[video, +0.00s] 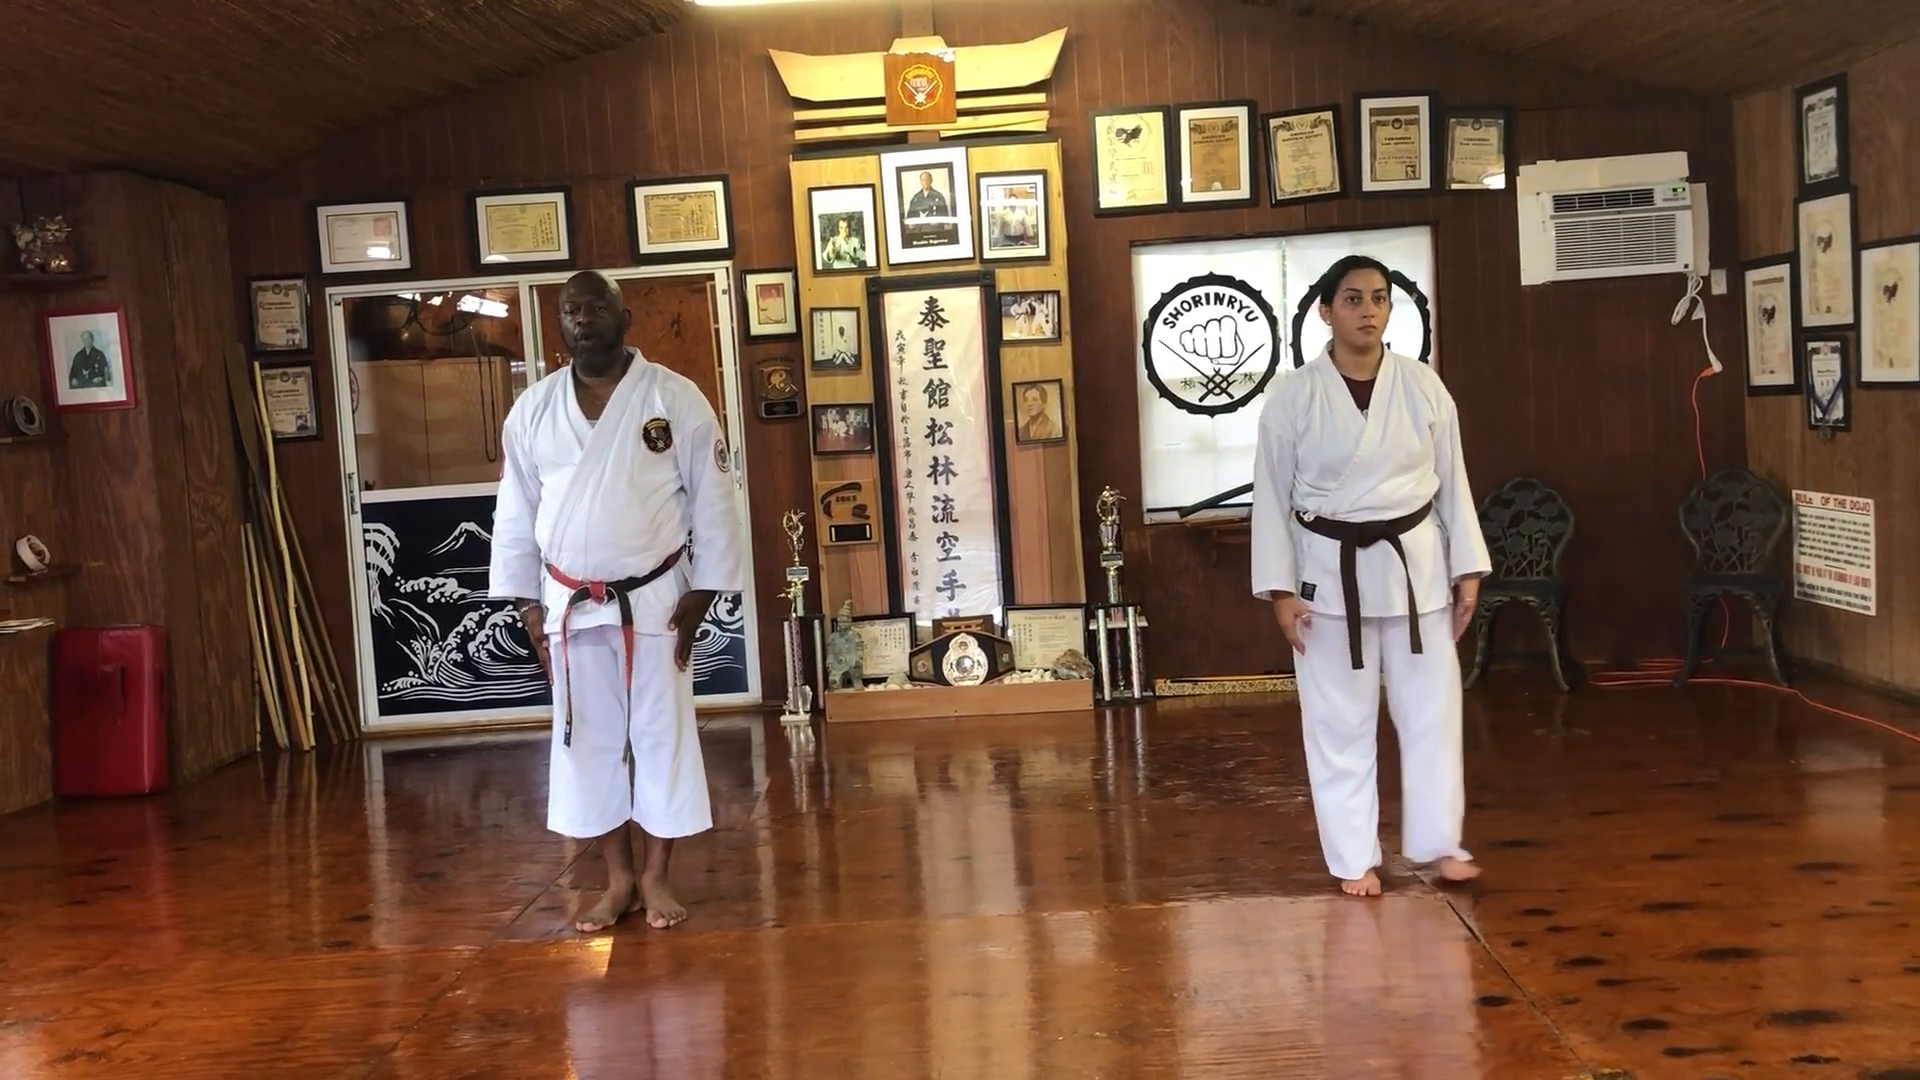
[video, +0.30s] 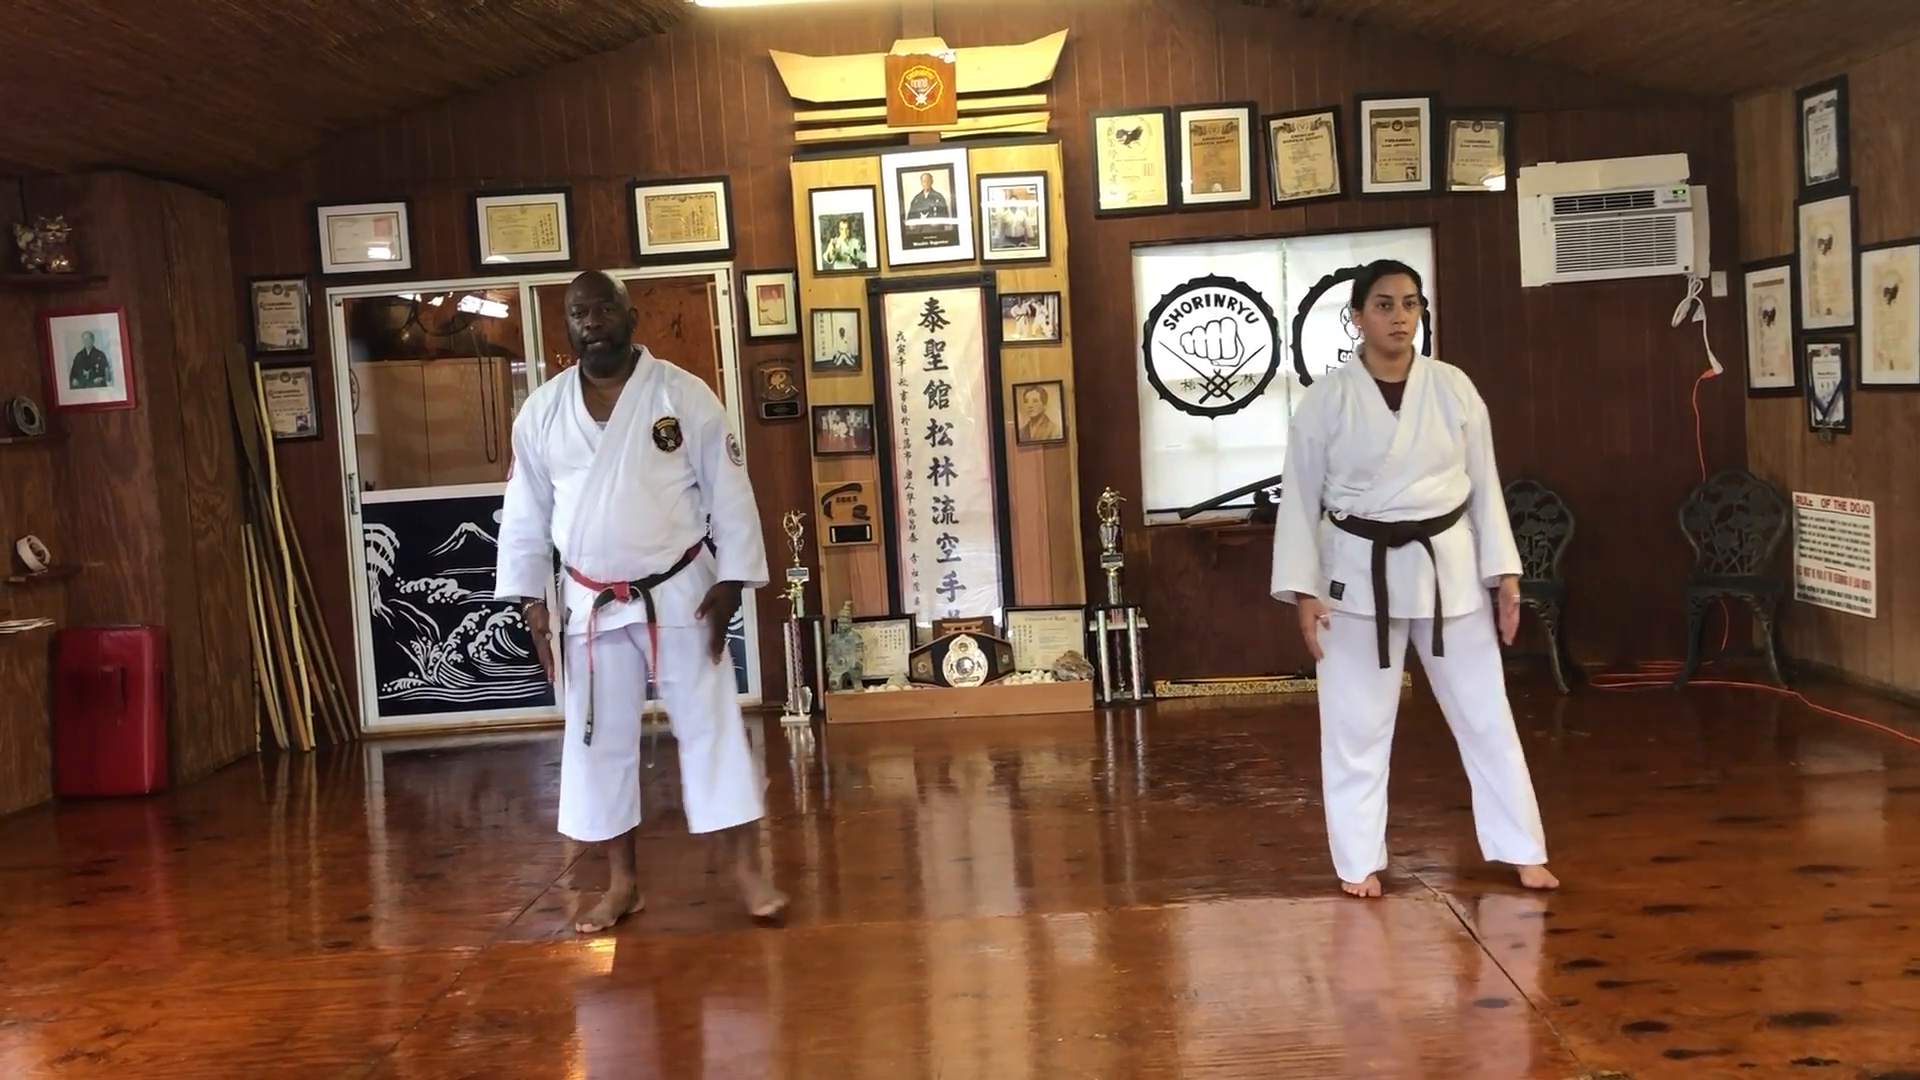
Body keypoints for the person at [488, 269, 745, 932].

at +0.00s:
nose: (583, 320)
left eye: (595, 308)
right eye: (572, 312)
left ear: (624, 319)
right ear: (558, 328)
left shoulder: (675, 398)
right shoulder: (532, 410)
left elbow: (712, 499)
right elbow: (516, 508)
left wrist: (706, 589)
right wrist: (524, 597)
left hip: (656, 590)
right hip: (572, 597)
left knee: (658, 733)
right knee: (590, 734)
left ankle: (654, 879)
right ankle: (617, 880)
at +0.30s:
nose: (592, 324)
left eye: (603, 310)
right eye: (579, 314)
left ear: (631, 316)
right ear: (566, 326)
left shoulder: (682, 394)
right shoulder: (541, 413)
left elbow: (728, 491)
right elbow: (526, 512)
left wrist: (733, 579)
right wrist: (533, 604)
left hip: (680, 585)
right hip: (591, 597)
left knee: (712, 723)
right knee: (600, 735)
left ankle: (747, 868)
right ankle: (620, 881)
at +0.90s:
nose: (693, 328)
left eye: (704, 316)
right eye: (680, 319)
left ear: (730, 323)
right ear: (664, 333)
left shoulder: (779, 406)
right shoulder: (637, 413)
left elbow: (815, 502)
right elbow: (615, 507)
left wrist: (797, 576)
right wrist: (619, 586)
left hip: (761, 594)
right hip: (668, 599)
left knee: (794, 734)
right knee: (651, 743)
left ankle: (815, 877)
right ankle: (626, 888)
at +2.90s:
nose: (673, 339)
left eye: (685, 326)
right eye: (661, 330)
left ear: (715, 334)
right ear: (648, 343)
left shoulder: (764, 418)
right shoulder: (620, 425)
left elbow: (797, 517)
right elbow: (596, 517)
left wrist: (774, 593)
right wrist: (600, 594)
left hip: (738, 608)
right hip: (648, 612)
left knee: (776, 746)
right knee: (631, 752)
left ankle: (804, 889)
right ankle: (614, 901)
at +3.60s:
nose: (653, 352)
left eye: (667, 340)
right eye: (644, 340)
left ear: (701, 340)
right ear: (633, 342)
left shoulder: (755, 405)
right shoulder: (609, 402)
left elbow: (808, 484)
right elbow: (547, 470)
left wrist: (749, 523)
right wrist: (602, 517)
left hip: (735, 594)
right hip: (643, 597)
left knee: (767, 735)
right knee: (621, 740)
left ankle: (802, 888)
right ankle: (603, 897)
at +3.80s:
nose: (651, 416)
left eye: (662, 404)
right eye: (641, 405)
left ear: (684, 390)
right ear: (626, 396)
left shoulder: (726, 425)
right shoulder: (608, 426)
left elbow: (773, 457)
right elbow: (557, 462)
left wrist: (722, 403)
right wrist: (546, 396)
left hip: (739, 619)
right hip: (648, 625)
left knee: (768, 750)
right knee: (622, 754)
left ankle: (786, 893)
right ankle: (599, 899)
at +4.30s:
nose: (659, 408)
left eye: (673, 398)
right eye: (651, 397)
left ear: (703, 391)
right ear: (639, 390)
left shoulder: (737, 429)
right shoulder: (611, 428)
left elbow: (774, 485)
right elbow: (550, 498)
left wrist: (694, 447)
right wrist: (547, 457)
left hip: (723, 618)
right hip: (632, 621)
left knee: (758, 743)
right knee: (616, 752)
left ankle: (786, 893)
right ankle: (616, 891)